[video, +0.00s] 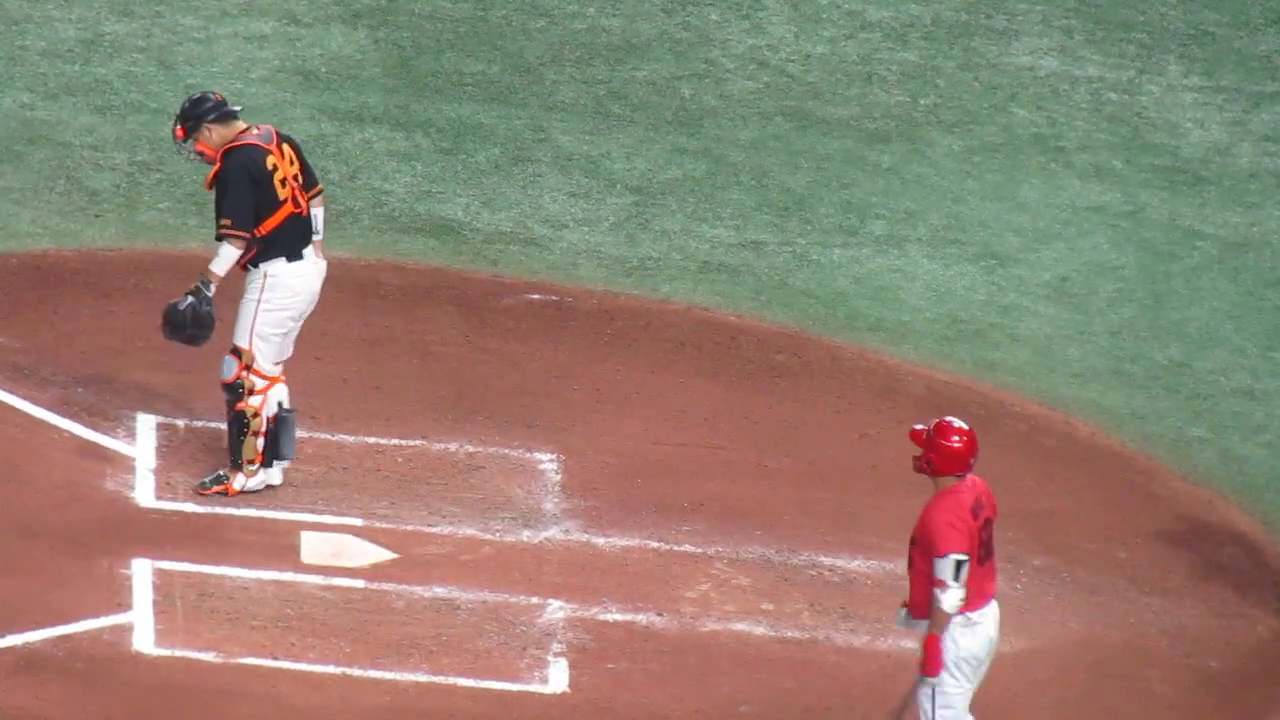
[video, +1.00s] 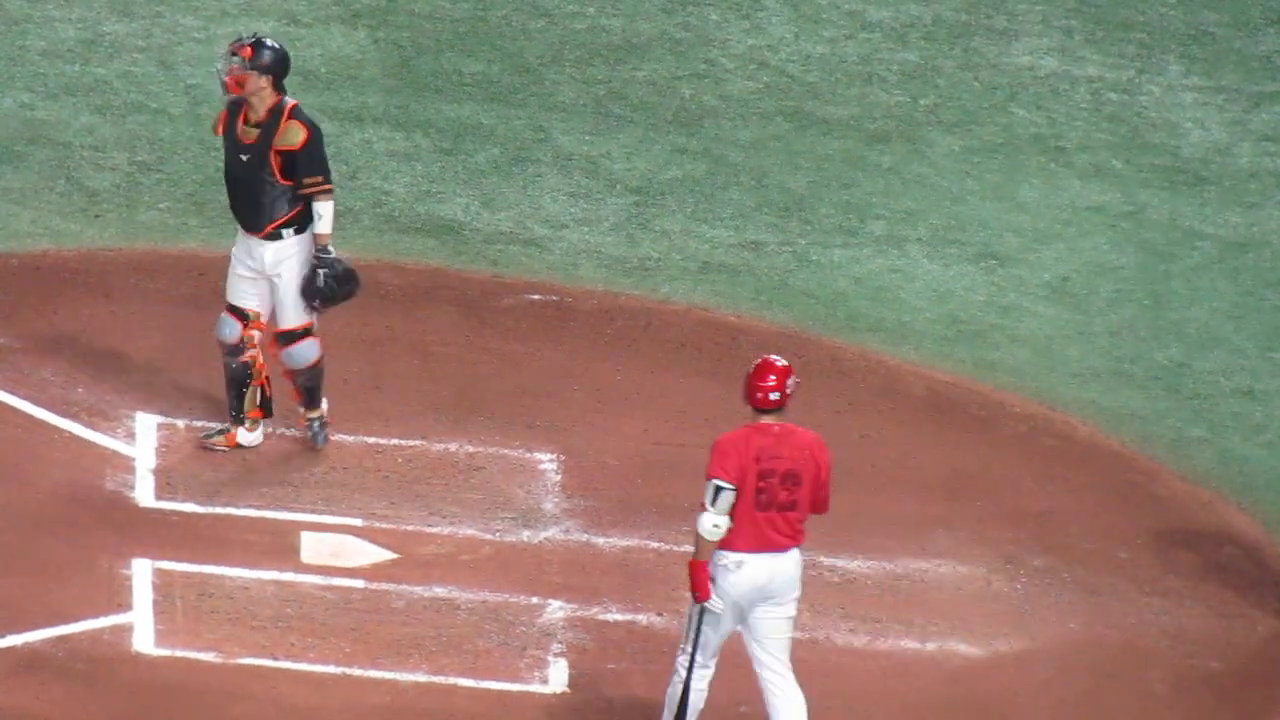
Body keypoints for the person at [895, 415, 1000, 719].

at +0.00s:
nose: (920, 452)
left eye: (925, 448)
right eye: (923, 446)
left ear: (936, 459)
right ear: (962, 457)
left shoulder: (945, 511)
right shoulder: (975, 487)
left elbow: (948, 591)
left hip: (957, 628)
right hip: (982, 615)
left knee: (940, 711)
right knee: (950, 707)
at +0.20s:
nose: (892, 440)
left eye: (897, 437)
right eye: (896, 436)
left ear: (906, 449)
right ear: (938, 449)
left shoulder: (906, 501)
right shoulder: (960, 484)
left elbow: (890, 580)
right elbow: (950, 546)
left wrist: (858, 616)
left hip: (923, 617)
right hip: (955, 608)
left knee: (927, 711)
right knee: (883, 691)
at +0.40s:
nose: (858, 432)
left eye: (863, 429)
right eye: (862, 427)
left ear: (870, 441)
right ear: (902, 444)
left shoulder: (864, 493)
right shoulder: (923, 482)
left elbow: (842, 567)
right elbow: (935, 547)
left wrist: (807, 608)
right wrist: (949, 595)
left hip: (876, 613)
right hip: (912, 605)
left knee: (890, 709)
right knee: (848, 702)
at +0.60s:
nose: (826, 412)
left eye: (829, 407)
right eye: (832, 406)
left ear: (832, 418)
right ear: (872, 420)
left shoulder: (828, 470)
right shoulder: (892, 468)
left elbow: (807, 544)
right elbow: (889, 536)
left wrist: (781, 591)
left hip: (829, 592)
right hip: (872, 589)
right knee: (833, 693)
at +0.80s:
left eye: (802, 398)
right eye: (827, 398)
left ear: (796, 404)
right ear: (835, 404)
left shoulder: (785, 455)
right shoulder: (857, 453)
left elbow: (768, 530)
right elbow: (860, 514)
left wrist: (750, 576)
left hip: (788, 577)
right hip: (833, 576)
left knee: (732, 666)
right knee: (812, 683)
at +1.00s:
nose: (768, 394)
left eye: (759, 389)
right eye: (784, 388)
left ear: (749, 393)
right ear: (788, 395)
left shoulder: (733, 443)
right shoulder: (812, 444)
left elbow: (715, 520)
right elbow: (817, 504)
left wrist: (699, 565)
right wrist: (774, 480)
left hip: (734, 564)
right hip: (785, 565)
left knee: (695, 664)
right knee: (777, 669)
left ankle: (675, 717)